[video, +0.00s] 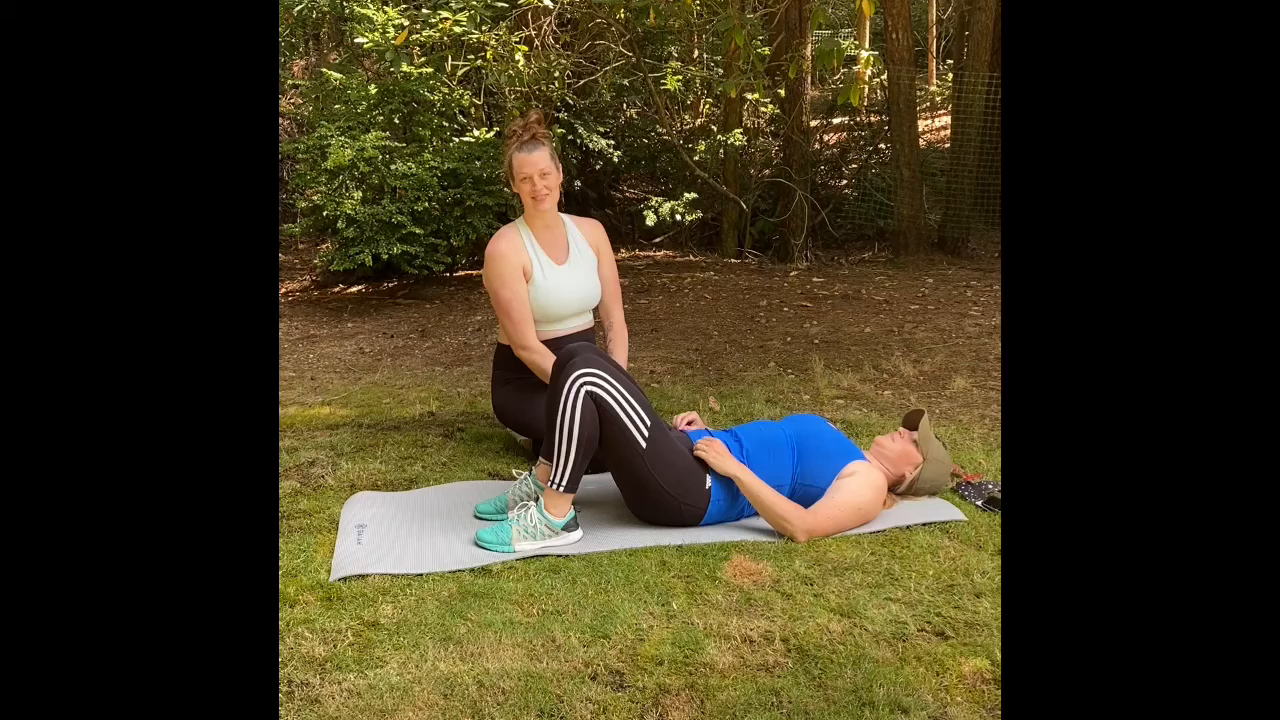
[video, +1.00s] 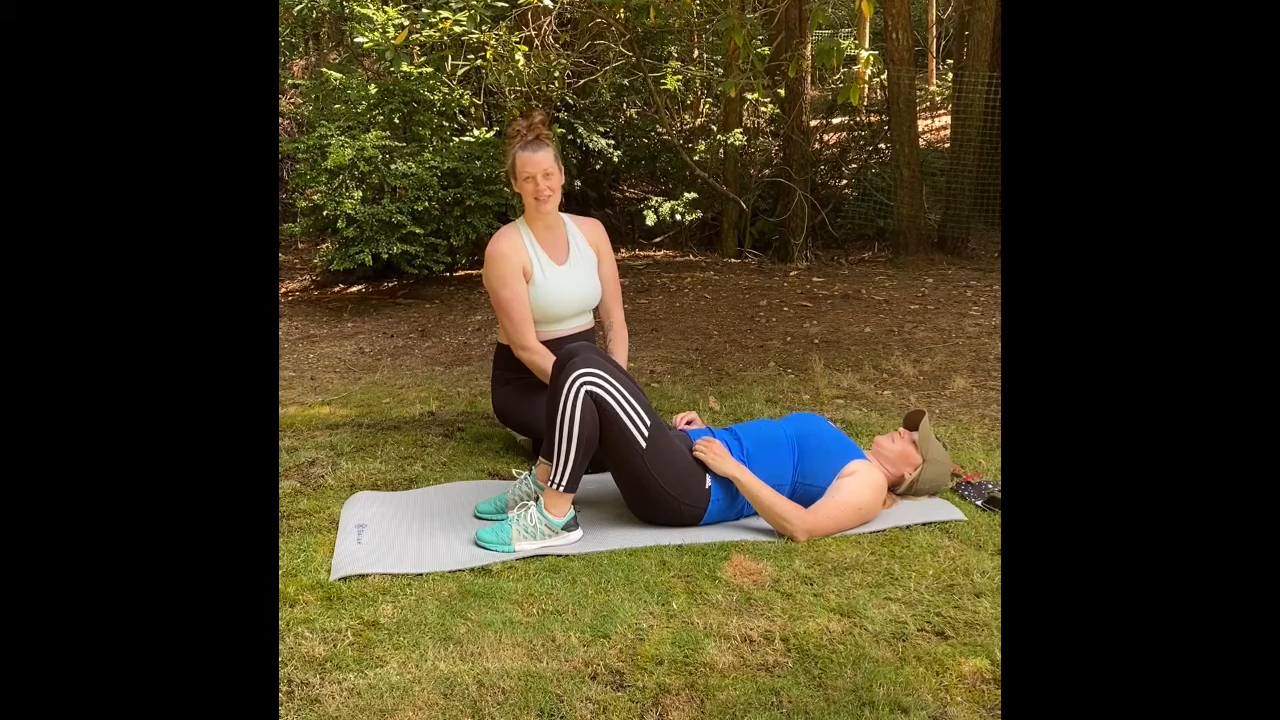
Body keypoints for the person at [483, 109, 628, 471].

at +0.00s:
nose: (538, 186)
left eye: (544, 174)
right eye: (526, 179)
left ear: (560, 173)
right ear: (514, 186)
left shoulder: (591, 232)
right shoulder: (505, 248)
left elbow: (614, 321)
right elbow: (525, 346)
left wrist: (615, 384)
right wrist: (586, 396)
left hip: (584, 365)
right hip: (523, 380)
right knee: (599, 444)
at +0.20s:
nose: (538, 187)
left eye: (544, 174)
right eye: (526, 179)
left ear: (560, 173)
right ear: (514, 187)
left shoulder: (591, 232)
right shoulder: (505, 248)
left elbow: (614, 321)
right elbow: (525, 345)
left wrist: (615, 384)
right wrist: (586, 396)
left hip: (584, 365)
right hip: (523, 380)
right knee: (599, 444)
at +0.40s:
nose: (538, 187)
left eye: (545, 174)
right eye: (527, 179)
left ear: (561, 174)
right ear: (514, 187)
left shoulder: (591, 232)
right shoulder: (505, 248)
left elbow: (614, 322)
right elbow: (525, 345)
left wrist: (613, 385)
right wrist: (585, 396)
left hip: (584, 366)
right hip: (523, 381)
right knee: (599, 444)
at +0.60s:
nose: (540, 187)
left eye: (546, 174)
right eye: (527, 179)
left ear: (561, 174)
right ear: (514, 186)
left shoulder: (591, 232)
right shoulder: (505, 248)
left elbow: (614, 321)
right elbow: (525, 346)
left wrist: (615, 384)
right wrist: (586, 395)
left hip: (584, 366)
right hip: (523, 381)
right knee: (602, 445)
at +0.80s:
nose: (540, 187)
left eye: (547, 174)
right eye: (528, 179)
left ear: (562, 174)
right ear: (514, 186)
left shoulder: (591, 232)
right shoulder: (505, 248)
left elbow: (614, 321)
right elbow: (525, 346)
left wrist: (615, 384)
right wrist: (586, 396)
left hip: (584, 366)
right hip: (523, 381)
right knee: (603, 446)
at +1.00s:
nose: (541, 187)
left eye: (548, 174)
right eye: (529, 179)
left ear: (562, 175)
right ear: (515, 185)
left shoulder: (591, 232)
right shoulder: (505, 248)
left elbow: (614, 321)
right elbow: (524, 346)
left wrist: (614, 384)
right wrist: (585, 396)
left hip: (584, 366)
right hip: (523, 382)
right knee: (601, 445)